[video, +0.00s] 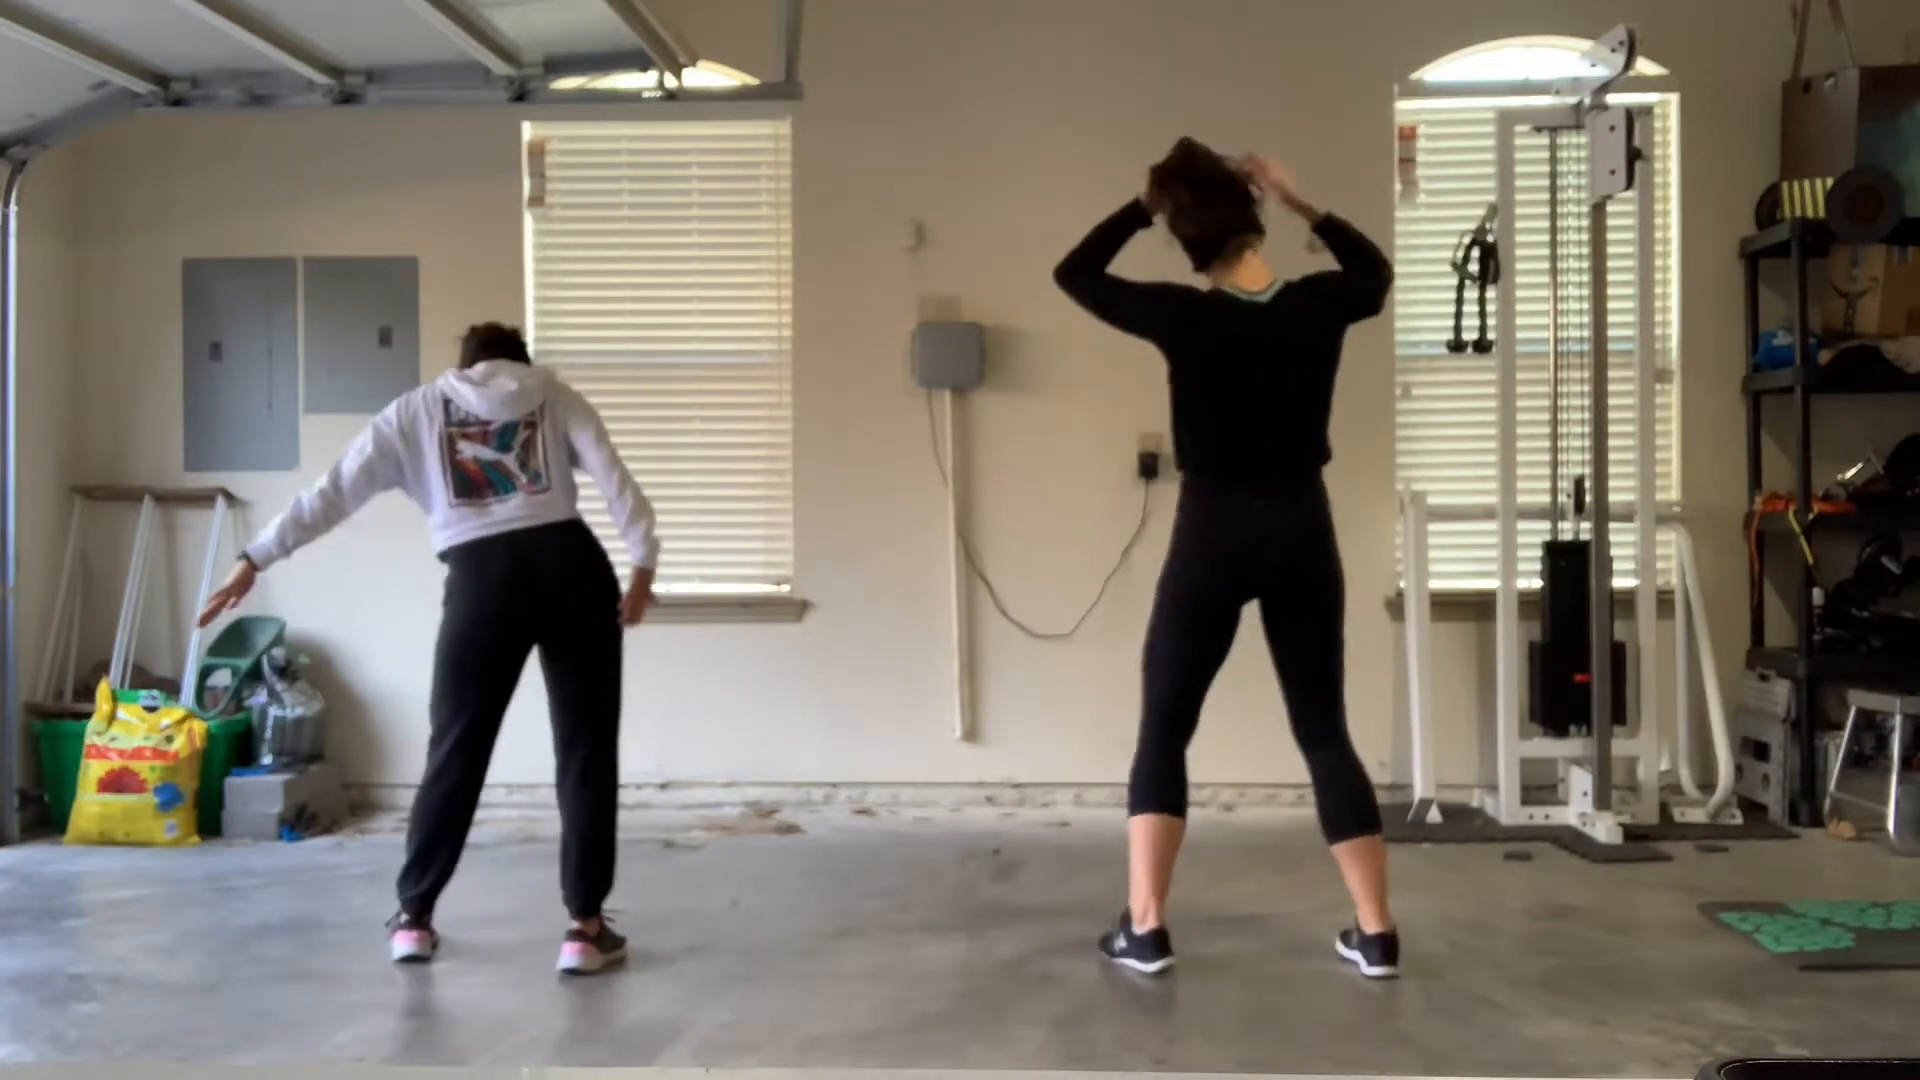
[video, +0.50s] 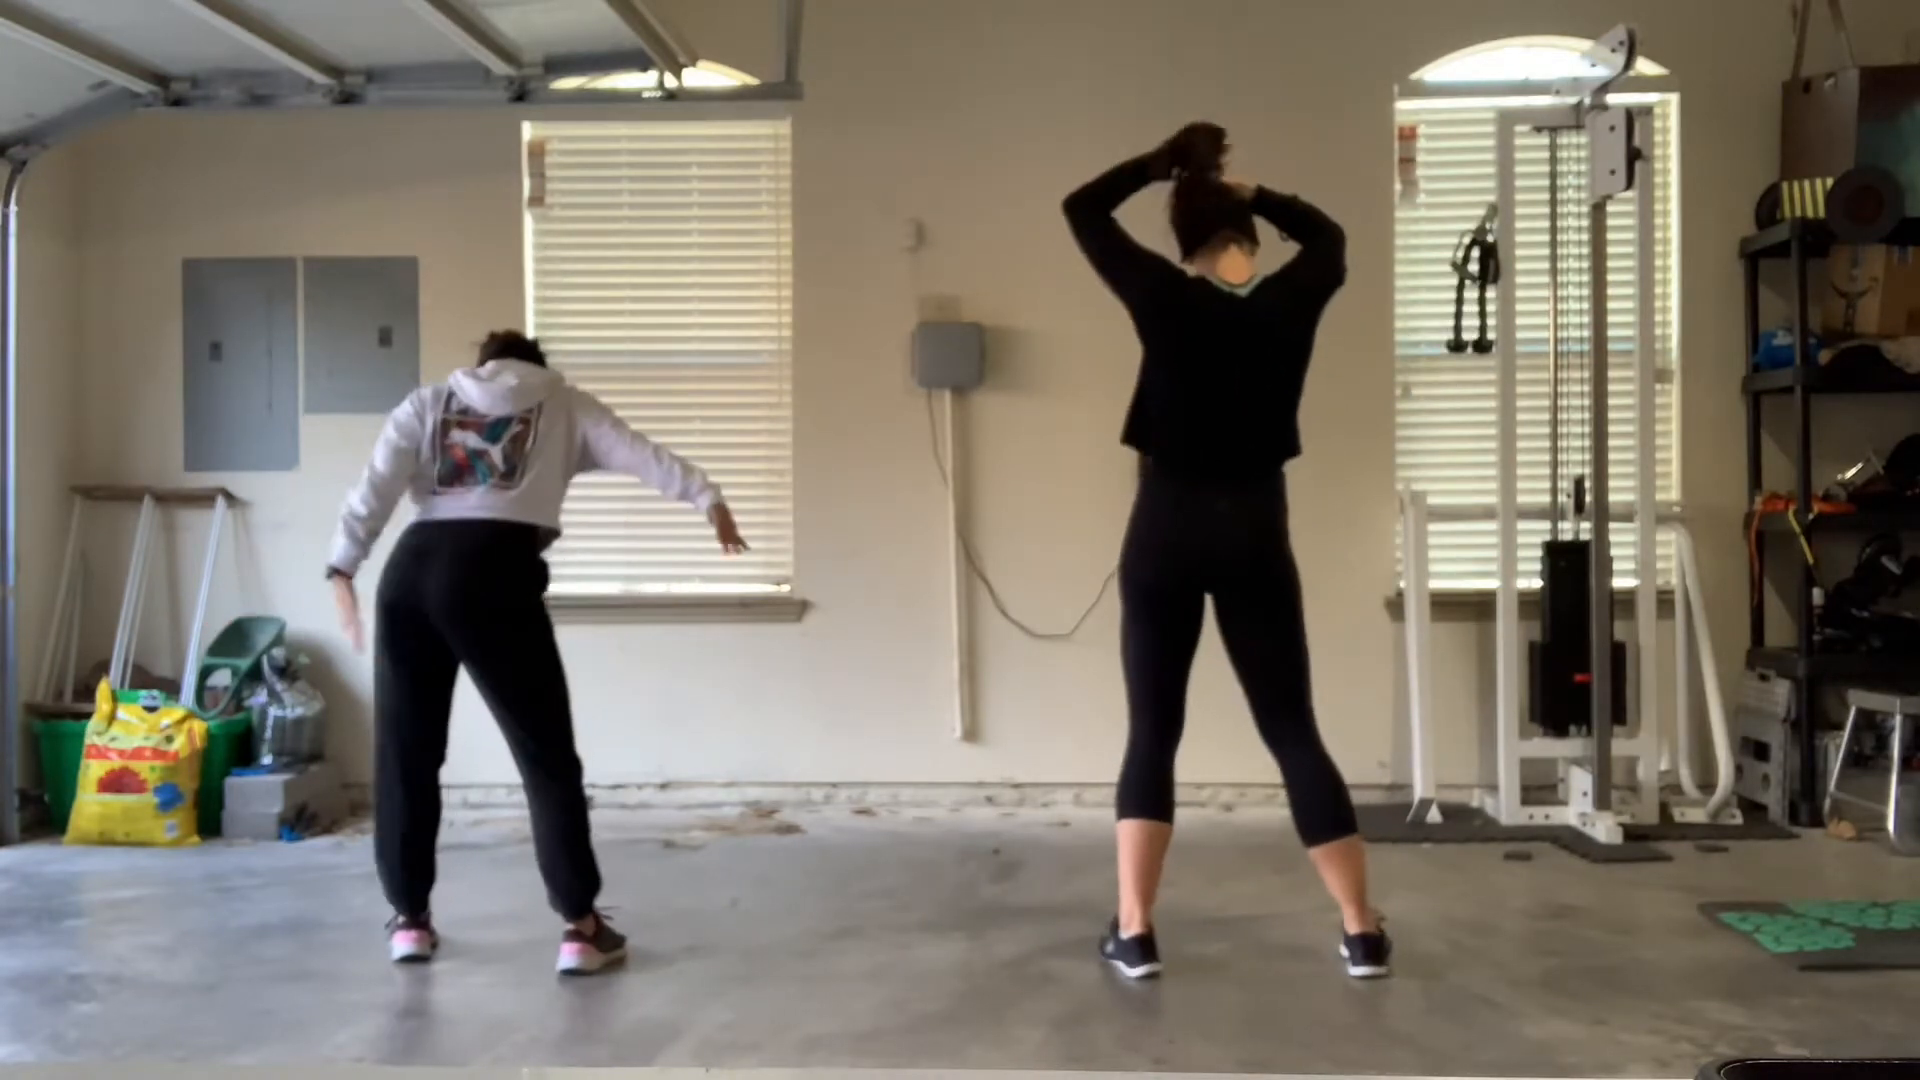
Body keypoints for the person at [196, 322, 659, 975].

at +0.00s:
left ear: (458, 366)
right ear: (525, 362)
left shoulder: (416, 410)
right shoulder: (555, 394)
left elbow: (333, 494)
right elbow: (614, 477)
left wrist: (253, 560)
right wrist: (644, 566)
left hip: (484, 580)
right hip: (574, 571)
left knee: (456, 750)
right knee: (587, 755)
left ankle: (414, 918)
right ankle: (585, 927)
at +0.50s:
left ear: (479, 365)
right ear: (541, 368)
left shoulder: (429, 401)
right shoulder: (564, 401)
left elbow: (381, 477)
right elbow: (632, 450)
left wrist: (342, 562)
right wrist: (711, 498)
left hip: (413, 577)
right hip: (498, 577)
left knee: (406, 757)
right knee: (548, 758)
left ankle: (409, 921)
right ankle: (581, 926)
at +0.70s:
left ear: (486, 365)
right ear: (547, 370)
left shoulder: (433, 400)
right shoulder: (566, 402)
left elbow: (379, 474)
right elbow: (630, 452)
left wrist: (339, 564)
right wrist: (706, 504)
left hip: (407, 579)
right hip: (492, 579)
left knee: (406, 758)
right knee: (544, 757)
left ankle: (409, 921)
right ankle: (581, 926)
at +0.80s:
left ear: (487, 366)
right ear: (549, 370)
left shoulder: (435, 403)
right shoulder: (568, 403)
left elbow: (370, 478)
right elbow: (627, 455)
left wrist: (316, 558)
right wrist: (696, 507)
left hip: (417, 573)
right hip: (503, 574)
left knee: (413, 753)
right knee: (551, 754)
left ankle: (410, 920)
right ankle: (580, 925)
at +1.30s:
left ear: (480, 371)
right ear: (541, 373)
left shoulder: (427, 411)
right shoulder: (569, 403)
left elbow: (343, 482)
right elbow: (603, 481)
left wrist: (263, 545)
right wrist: (616, 571)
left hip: (492, 577)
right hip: (581, 571)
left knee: (461, 751)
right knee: (591, 758)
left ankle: (414, 918)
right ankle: (585, 927)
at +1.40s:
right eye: (547, 375)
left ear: (481, 369)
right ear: (542, 372)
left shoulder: (428, 409)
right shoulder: (568, 403)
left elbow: (347, 481)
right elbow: (604, 481)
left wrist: (267, 544)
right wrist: (616, 571)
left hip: (490, 576)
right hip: (579, 568)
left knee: (459, 750)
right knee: (590, 758)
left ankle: (414, 918)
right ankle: (585, 927)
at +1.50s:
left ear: (481, 369)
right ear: (541, 372)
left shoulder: (429, 409)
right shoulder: (567, 403)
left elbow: (347, 481)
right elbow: (604, 481)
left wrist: (268, 546)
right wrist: (621, 571)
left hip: (484, 575)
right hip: (573, 568)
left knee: (455, 751)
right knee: (588, 758)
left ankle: (414, 919)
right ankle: (585, 927)